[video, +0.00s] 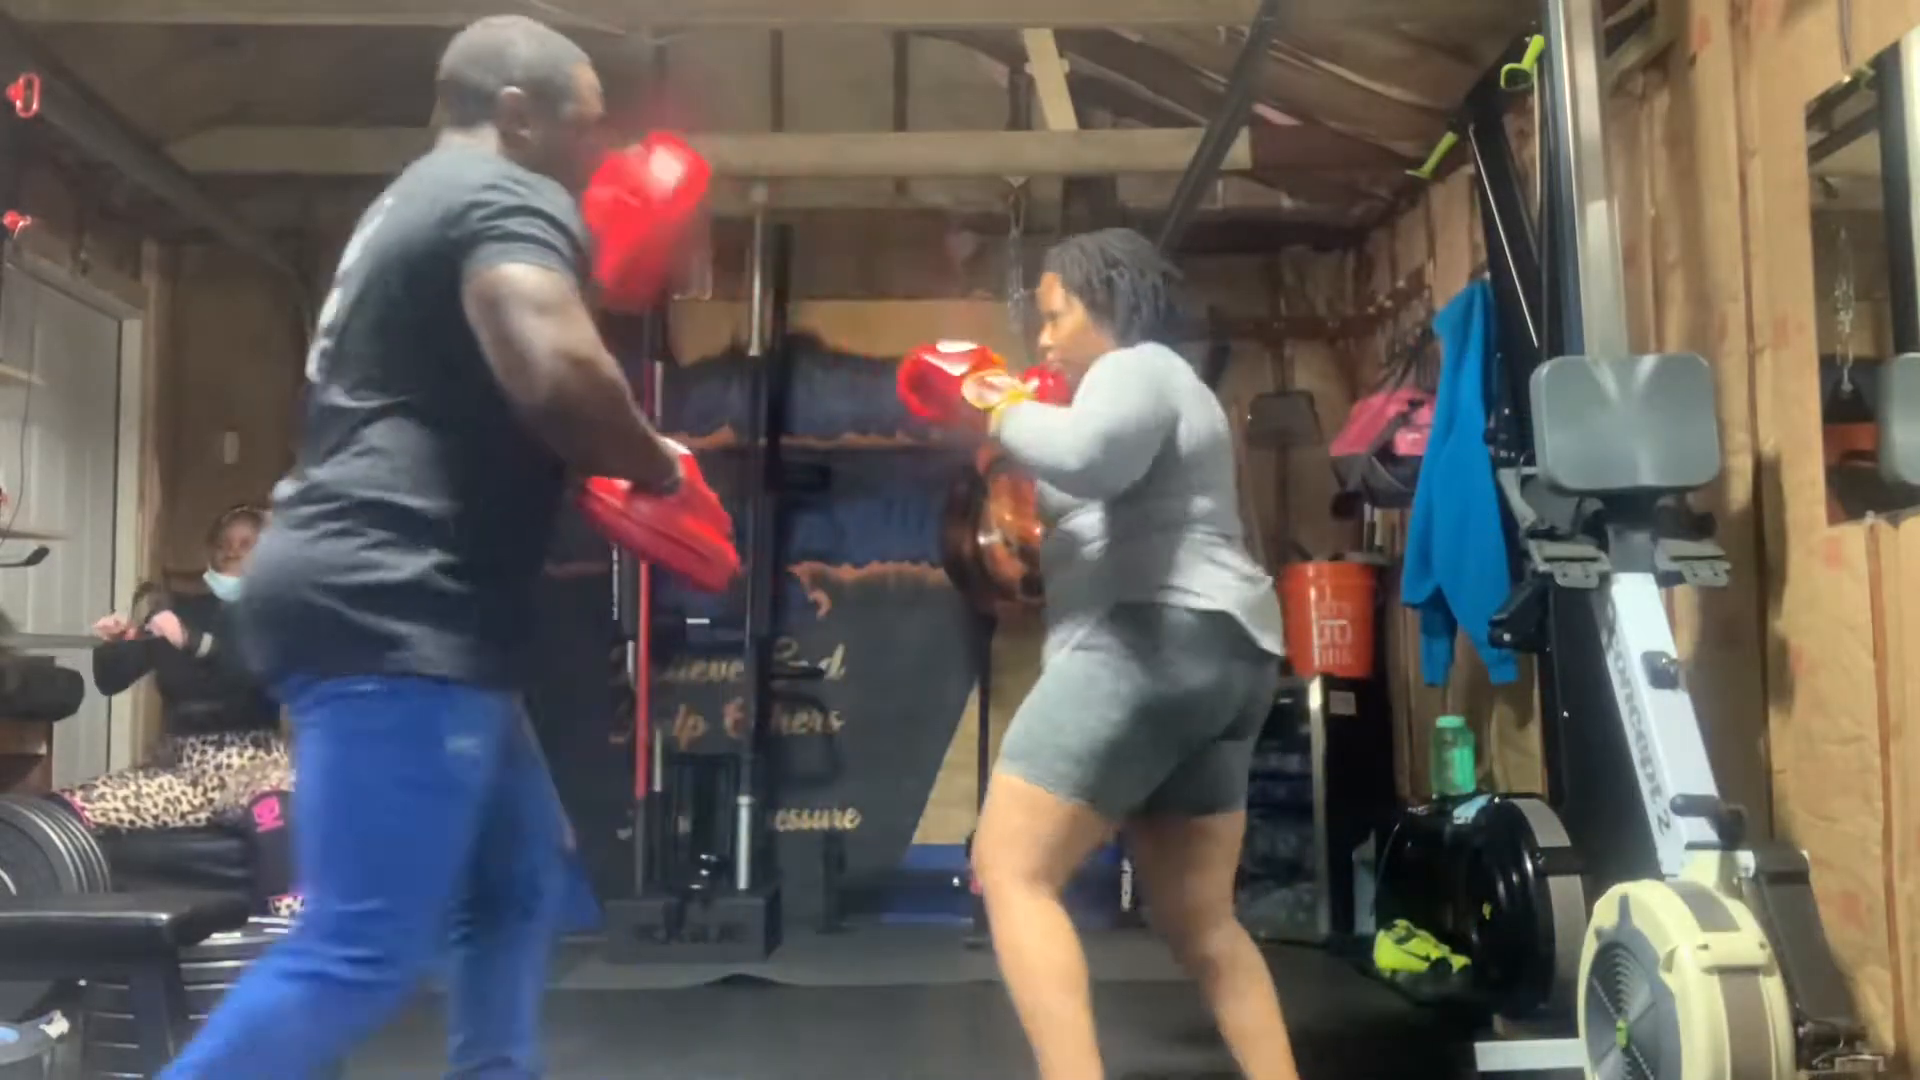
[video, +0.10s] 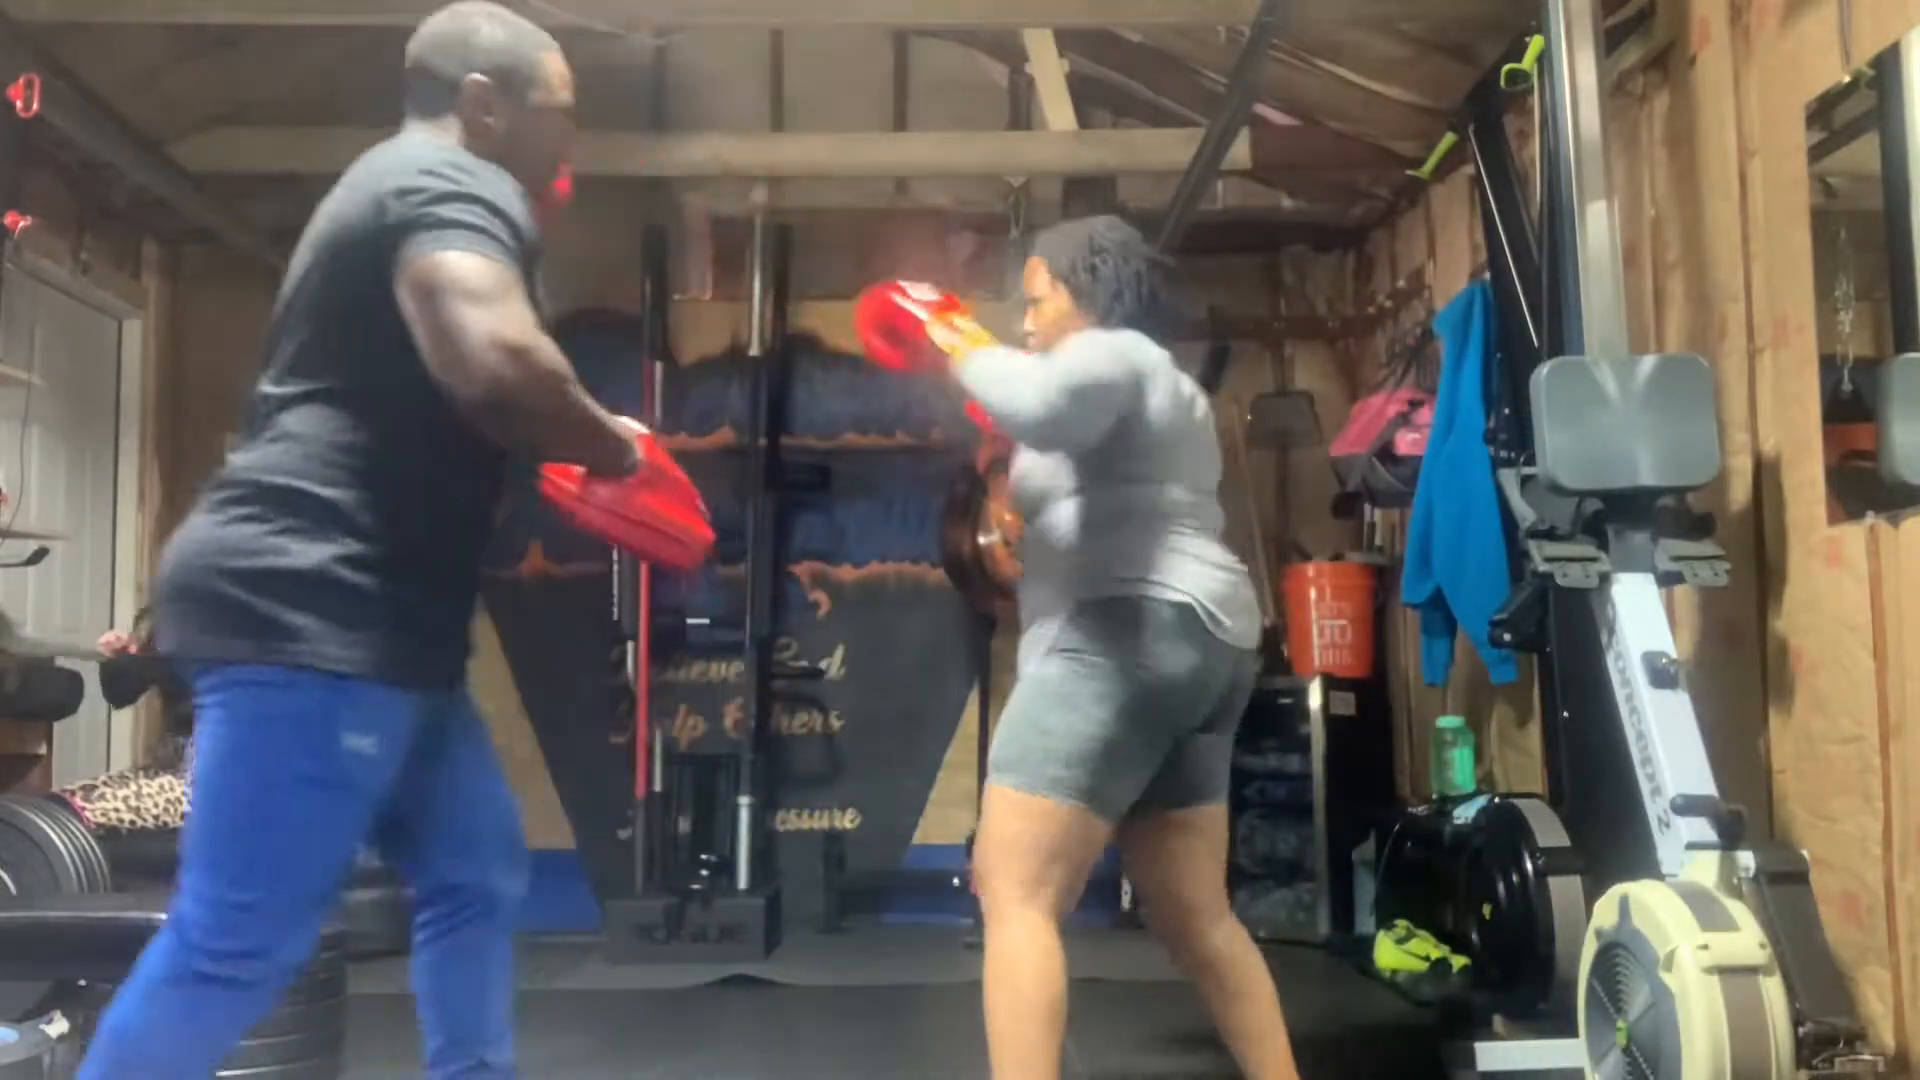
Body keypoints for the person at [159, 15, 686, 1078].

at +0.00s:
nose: (596, 144)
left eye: (598, 122)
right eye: (587, 119)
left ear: (472, 107)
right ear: (521, 111)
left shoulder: (422, 197)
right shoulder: (502, 194)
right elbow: (556, 376)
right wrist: (653, 460)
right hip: (390, 605)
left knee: (520, 889)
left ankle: (492, 1070)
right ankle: (189, 1073)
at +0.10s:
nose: (571, 140)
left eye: (572, 114)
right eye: (560, 111)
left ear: (469, 104)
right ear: (483, 99)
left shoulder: (418, 185)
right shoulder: (442, 179)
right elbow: (490, 361)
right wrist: (612, 442)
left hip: (392, 626)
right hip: (310, 610)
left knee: (474, 887)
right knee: (229, 951)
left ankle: (472, 1070)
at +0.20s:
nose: (527, 124)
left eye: (530, 100)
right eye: (517, 95)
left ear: (436, 85)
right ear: (440, 80)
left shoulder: (426, 192)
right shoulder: (374, 153)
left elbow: (501, 340)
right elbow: (409, 340)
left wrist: (587, 218)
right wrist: (564, 421)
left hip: (340, 626)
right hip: (235, 603)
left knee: (410, 901)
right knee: (157, 944)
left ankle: (440, 1076)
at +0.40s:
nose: (435, 91)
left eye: (439, 66)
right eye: (429, 56)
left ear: (342, 33)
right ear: (349, 25)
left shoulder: (319, 172)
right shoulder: (249, 126)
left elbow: (373, 337)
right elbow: (251, 323)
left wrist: (520, 286)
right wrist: (449, 407)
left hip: (286, 624)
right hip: (162, 612)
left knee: (370, 855)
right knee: (118, 941)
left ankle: (384, 1071)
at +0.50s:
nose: (404, 92)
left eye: (408, 67)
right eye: (396, 55)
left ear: (314, 30)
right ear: (316, 23)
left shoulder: (285, 167)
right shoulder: (213, 114)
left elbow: (289, 372)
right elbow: (195, 318)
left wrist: (453, 351)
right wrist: (404, 402)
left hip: (282, 608)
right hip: (158, 605)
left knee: (374, 850)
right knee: (122, 940)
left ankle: (307, 1068)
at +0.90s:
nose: (447, 84)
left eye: (452, 59)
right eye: (436, 45)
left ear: (354, 23)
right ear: (346, 17)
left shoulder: (323, 185)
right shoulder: (219, 113)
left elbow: (333, 423)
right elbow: (163, 312)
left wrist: (436, 522)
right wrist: (383, 406)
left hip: (283, 586)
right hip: (190, 579)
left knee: (279, 916)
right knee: (302, 911)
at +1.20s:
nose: (569, 75)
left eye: (580, 49)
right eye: (564, 34)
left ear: (474, 19)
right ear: (466, 7)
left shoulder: (491, 208)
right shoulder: (300, 96)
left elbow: (488, 423)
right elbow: (167, 278)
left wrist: (589, 513)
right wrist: (410, 384)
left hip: (383, 600)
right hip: (272, 586)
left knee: (260, 949)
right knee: (398, 909)